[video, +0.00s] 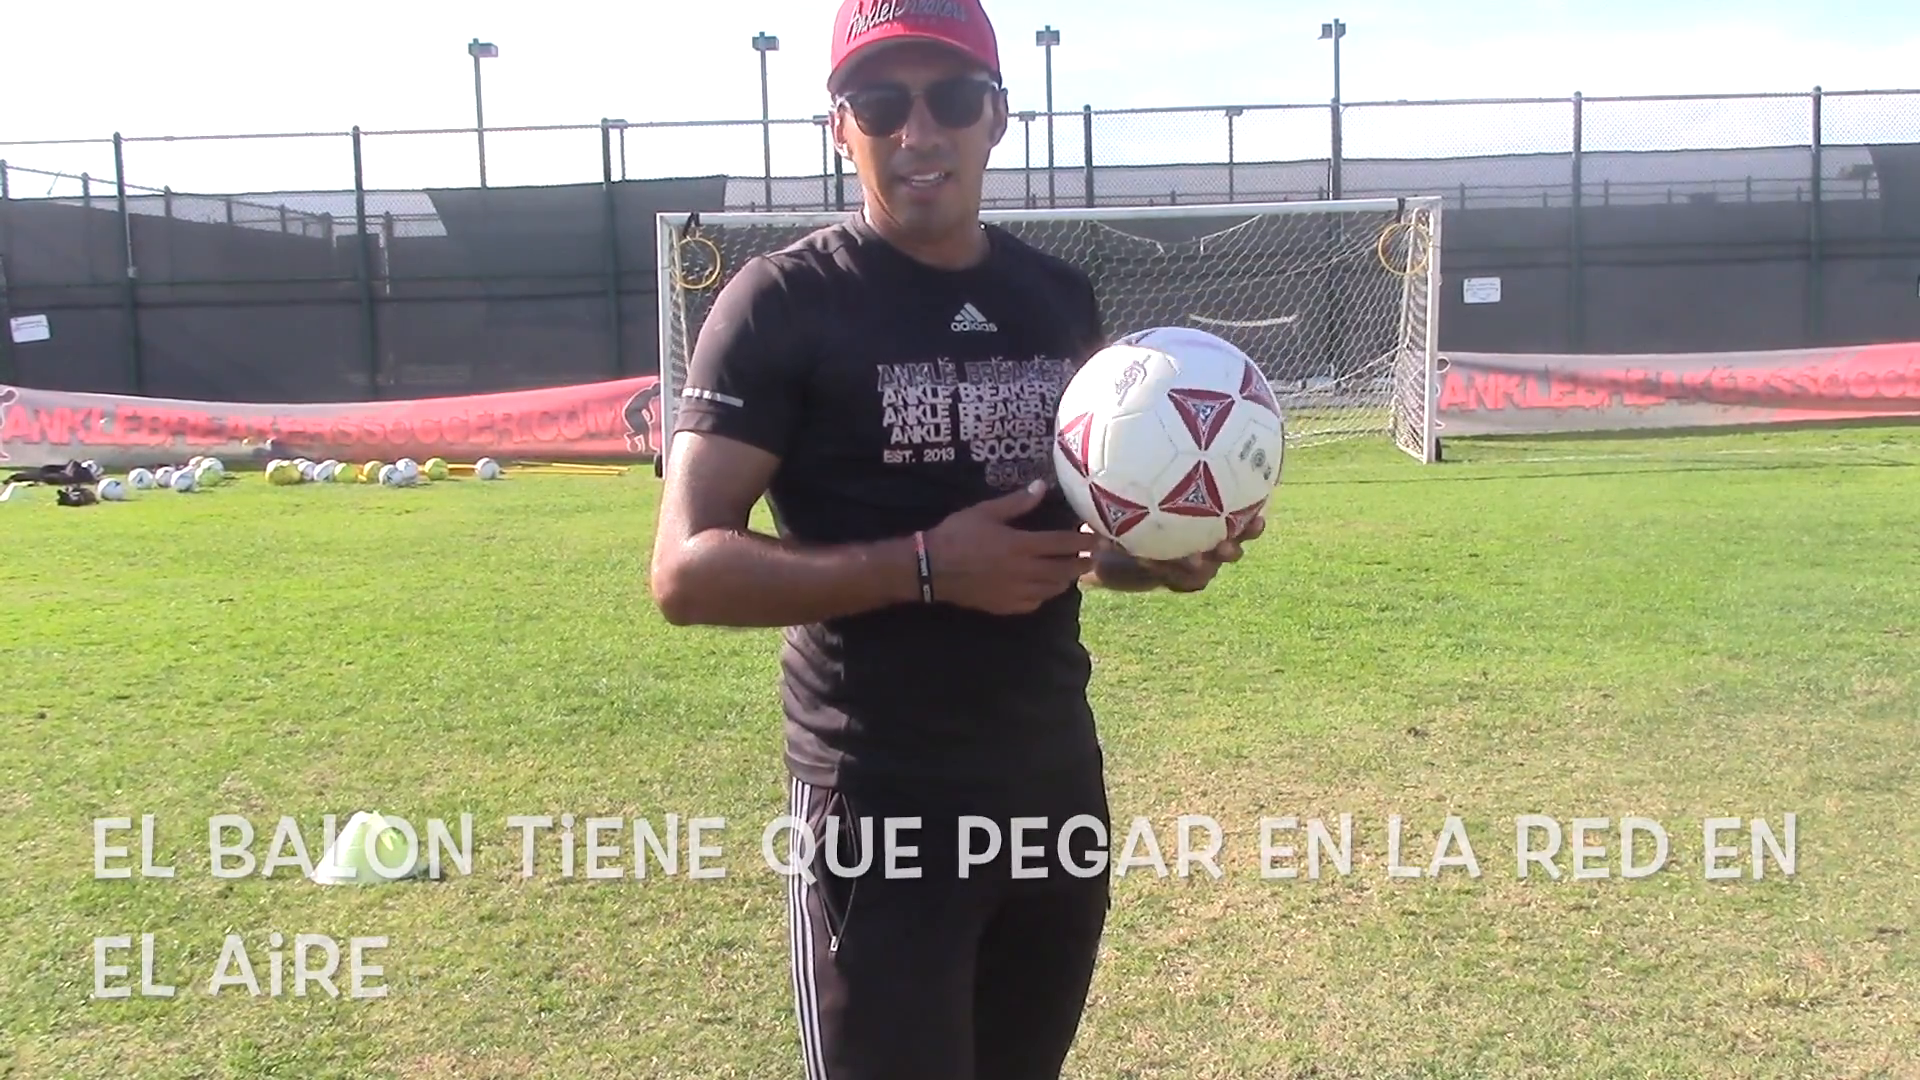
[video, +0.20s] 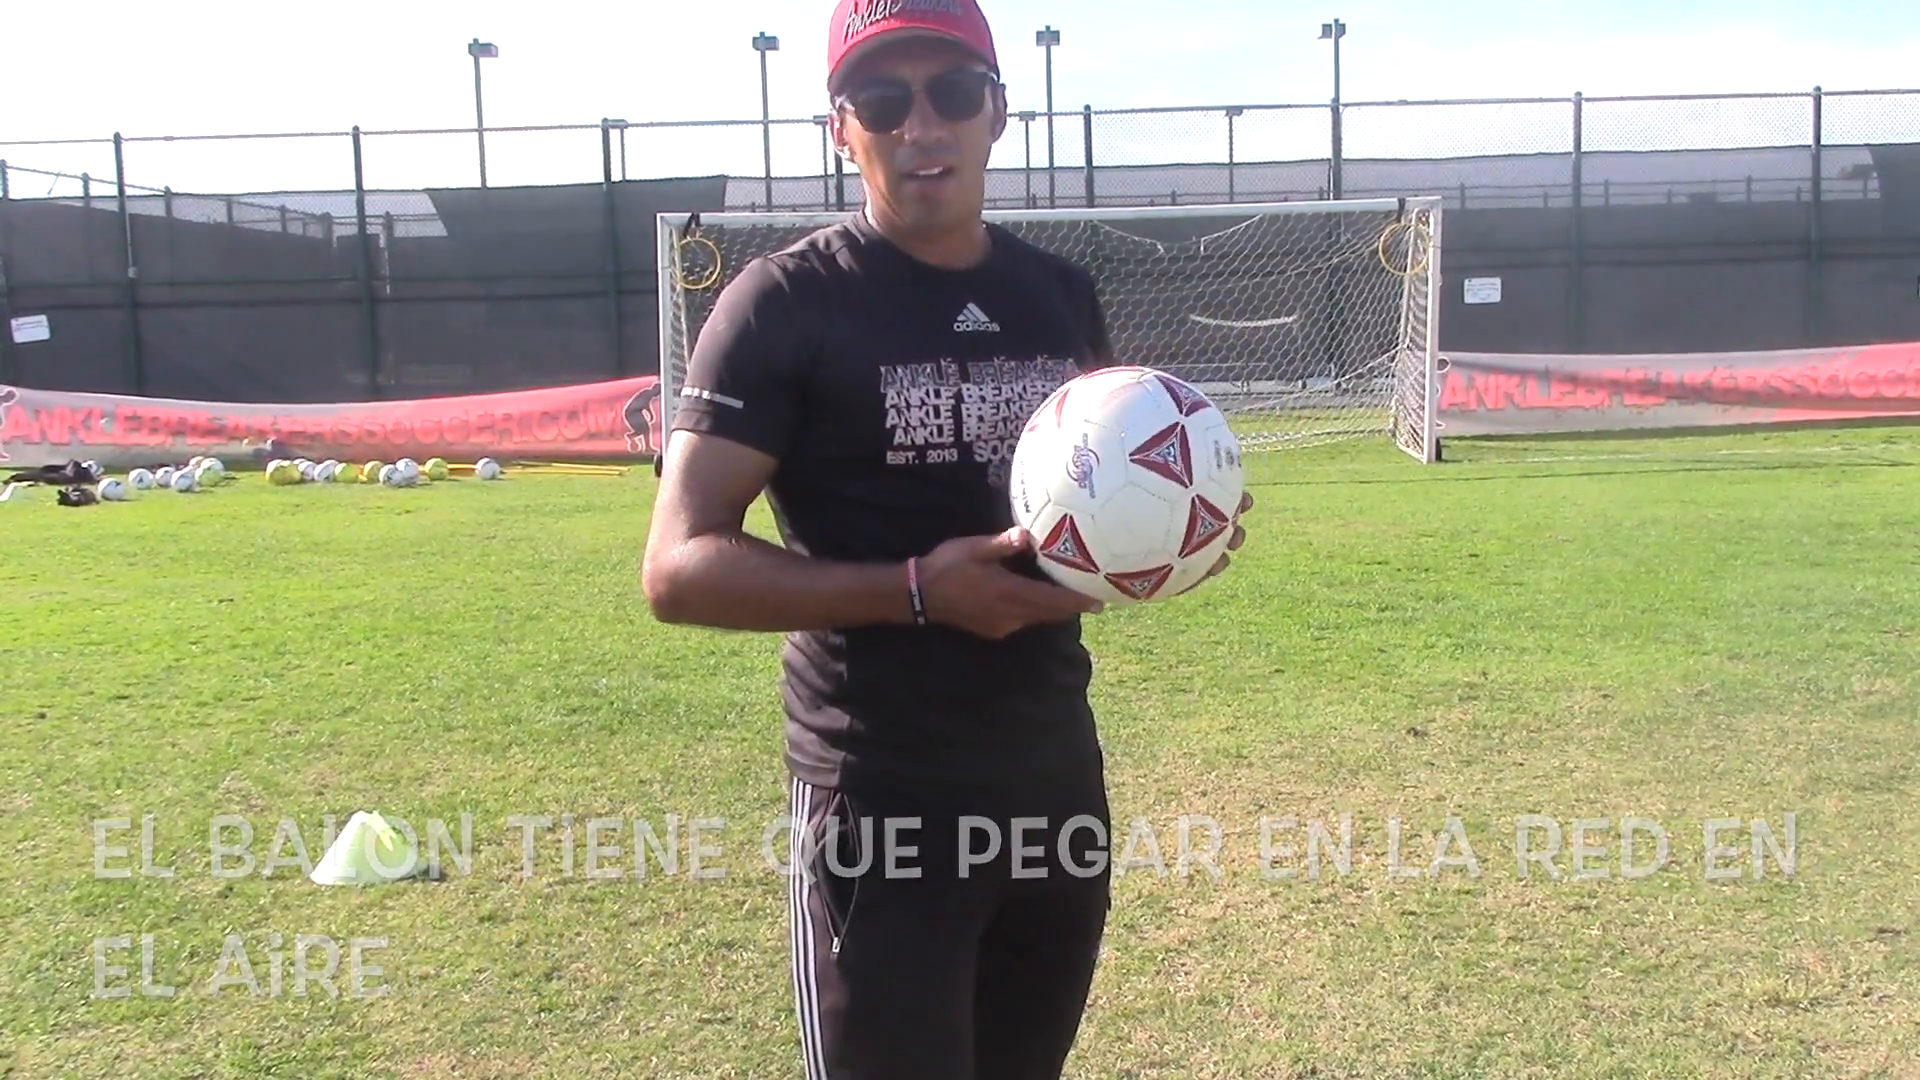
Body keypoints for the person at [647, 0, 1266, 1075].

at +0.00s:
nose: (920, 134)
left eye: (952, 101)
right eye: (884, 104)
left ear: (996, 118)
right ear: (841, 129)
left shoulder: (1056, 297)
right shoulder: (776, 304)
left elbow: (1087, 527)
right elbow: (685, 571)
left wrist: (1165, 553)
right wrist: (925, 564)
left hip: (1052, 772)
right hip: (873, 783)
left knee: (1022, 1063)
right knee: (889, 1062)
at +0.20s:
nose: (924, 128)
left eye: (955, 95)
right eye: (887, 99)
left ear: (997, 113)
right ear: (843, 130)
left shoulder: (1061, 297)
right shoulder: (778, 304)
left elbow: (1091, 497)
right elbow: (678, 567)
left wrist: (1164, 510)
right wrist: (916, 588)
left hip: (1053, 765)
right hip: (876, 779)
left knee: (1025, 1063)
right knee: (888, 1062)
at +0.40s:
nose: (920, 118)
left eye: (948, 86)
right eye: (880, 95)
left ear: (993, 107)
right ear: (842, 131)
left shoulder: (1063, 294)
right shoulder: (781, 307)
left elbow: (1090, 527)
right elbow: (678, 571)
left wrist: (1164, 542)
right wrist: (869, 578)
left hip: (1055, 776)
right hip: (880, 789)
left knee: (1027, 1063)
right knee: (891, 1061)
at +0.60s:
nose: (913, 123)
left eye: (944, 91)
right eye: (876, 98)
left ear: (992, 110)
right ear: (839, 128)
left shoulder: (1061, 288)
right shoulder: (776, 309)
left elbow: (1130, 509)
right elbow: (689, 585)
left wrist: (1141, 535)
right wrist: (852, 534)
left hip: (1058, 781)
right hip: (879, 792)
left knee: (1027, 1064)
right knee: (888, 1060)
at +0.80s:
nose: (905, 117)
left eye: (939, 88)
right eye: (871, 94)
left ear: (996, 115)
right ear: (837, 128)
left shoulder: (1066, 291)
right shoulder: (772, 311)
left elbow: (1126, 563)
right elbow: (686, 581)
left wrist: (1145, 490)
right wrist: (875, 541)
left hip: (1054, 776)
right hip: (875, 789)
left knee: (1026, 1064)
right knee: (887, 1060)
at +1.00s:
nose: (904, 116)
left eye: (940, 86)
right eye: (871, 92)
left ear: (1001, 117)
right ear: (841, 124)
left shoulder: (1070, 295)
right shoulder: (771, 309)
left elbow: (1120, 501)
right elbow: (667, 572)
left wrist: (1146, 525)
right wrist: (858, 547)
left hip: (1050, 775)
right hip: (870, 789)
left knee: (1024, 1062)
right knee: (894, 1061)